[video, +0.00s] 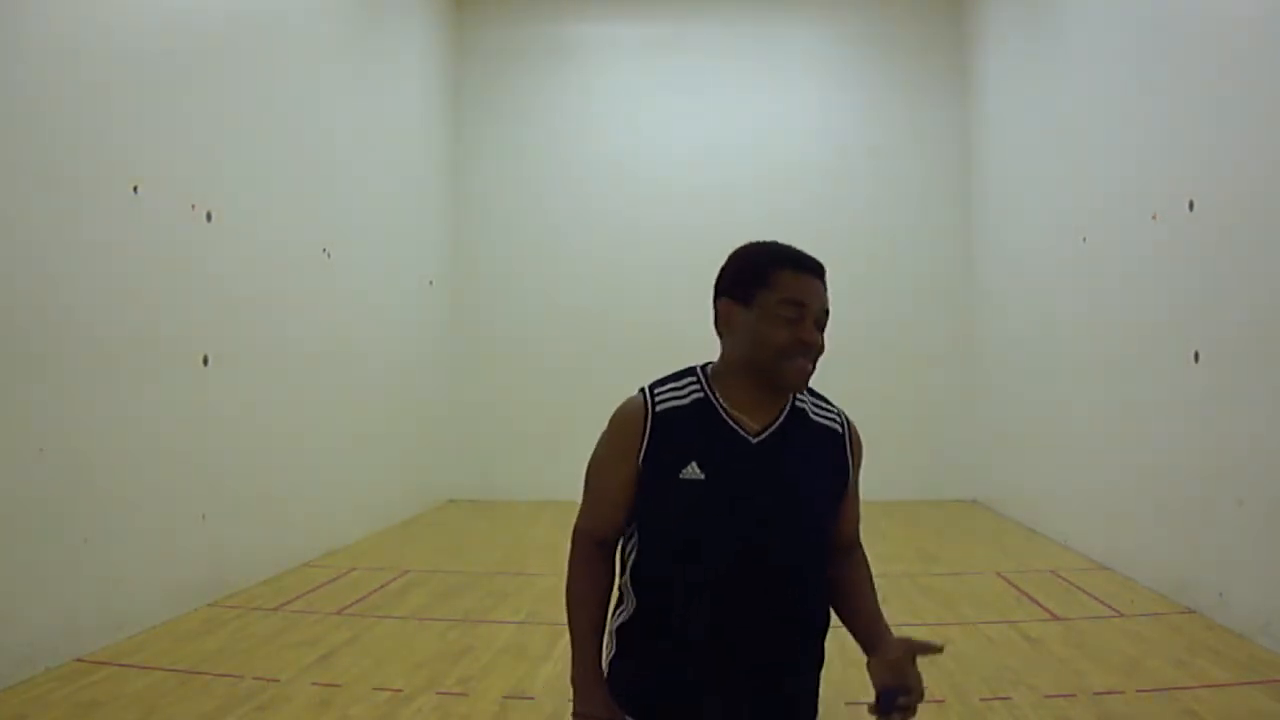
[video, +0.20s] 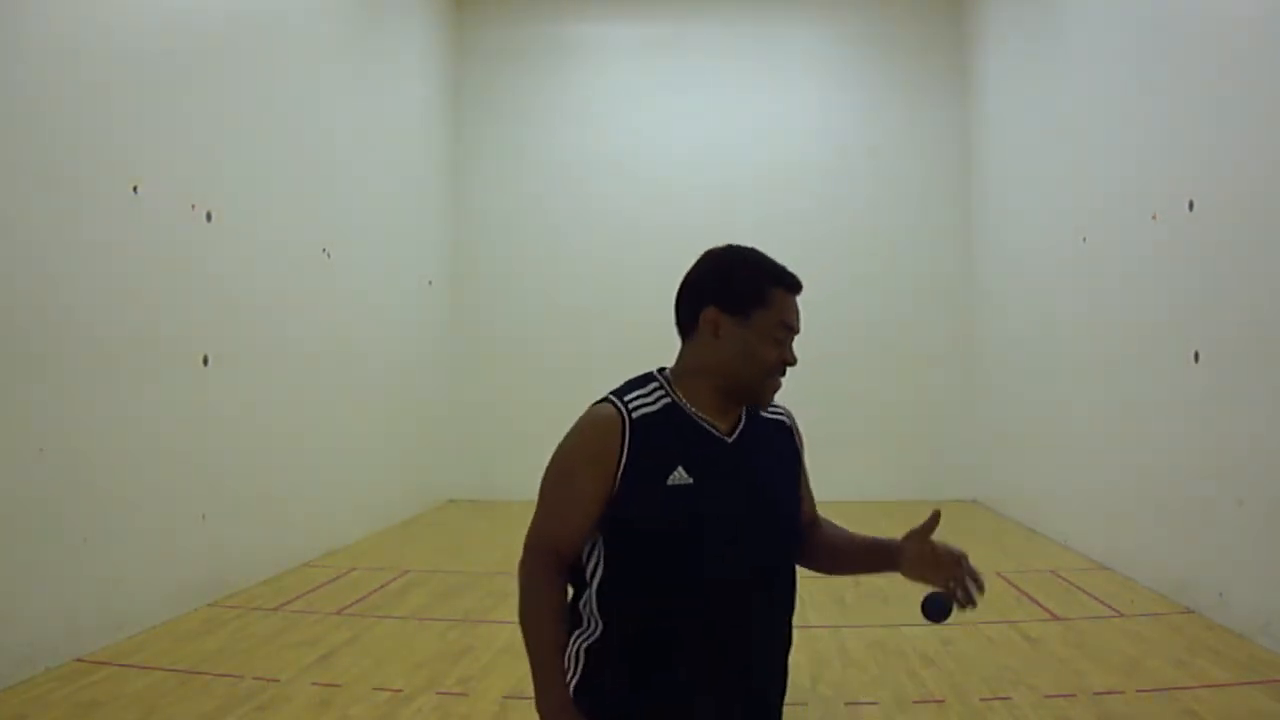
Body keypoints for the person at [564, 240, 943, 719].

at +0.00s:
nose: (813, 339)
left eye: (820, 324)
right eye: (792, 317)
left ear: (827, 331)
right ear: (727, 315)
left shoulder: (835, 439)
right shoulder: (649, 420)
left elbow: (842, 552)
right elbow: (594, 544)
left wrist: (881, 644)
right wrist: (588, 684)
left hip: (780, 698)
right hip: (659, 694)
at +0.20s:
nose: (793, 356)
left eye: (794, 338)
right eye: (781, 335)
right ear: (713, 326)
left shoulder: (778, 435)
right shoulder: (615, 429)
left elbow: (806, 538)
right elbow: (543, 564)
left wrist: (899, 556)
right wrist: (555, 705)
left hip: (748, 702)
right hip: (628, 700)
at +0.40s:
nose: (743, 394)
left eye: (744, 376)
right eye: (735, 373)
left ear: (680, 362)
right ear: (675, 359)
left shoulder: (706, 457)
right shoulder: (556, 459)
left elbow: (743, 530)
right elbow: (460, 597)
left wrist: (870, 556)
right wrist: (453, 716)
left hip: (672, 709)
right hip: (554, 712)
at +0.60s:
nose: (739, 392)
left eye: (740, 374)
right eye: (732, 371)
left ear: (680, 362)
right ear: (671, 357)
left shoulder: (694, 455)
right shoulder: (546, 448)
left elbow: (672, 536)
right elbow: (410, 565)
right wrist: (323, 699)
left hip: (616, 697)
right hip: (507, 701)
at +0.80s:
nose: (762, 390)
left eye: (761, 372)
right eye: (755, 370)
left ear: (705, 362)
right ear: (705, 361)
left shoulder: (676, 450)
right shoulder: (619, 454)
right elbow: (525, 597)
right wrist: (482, 709)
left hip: (600, 698)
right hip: (547, 702)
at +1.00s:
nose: (734, 354)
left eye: (735, 338)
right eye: (729, 335)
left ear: (680, 327)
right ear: (683, 328)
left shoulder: (586, 404)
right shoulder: (684, 415)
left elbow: (549, 542)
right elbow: (745, 564)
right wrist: (849, 632)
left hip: (548, 685)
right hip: (628, 692)